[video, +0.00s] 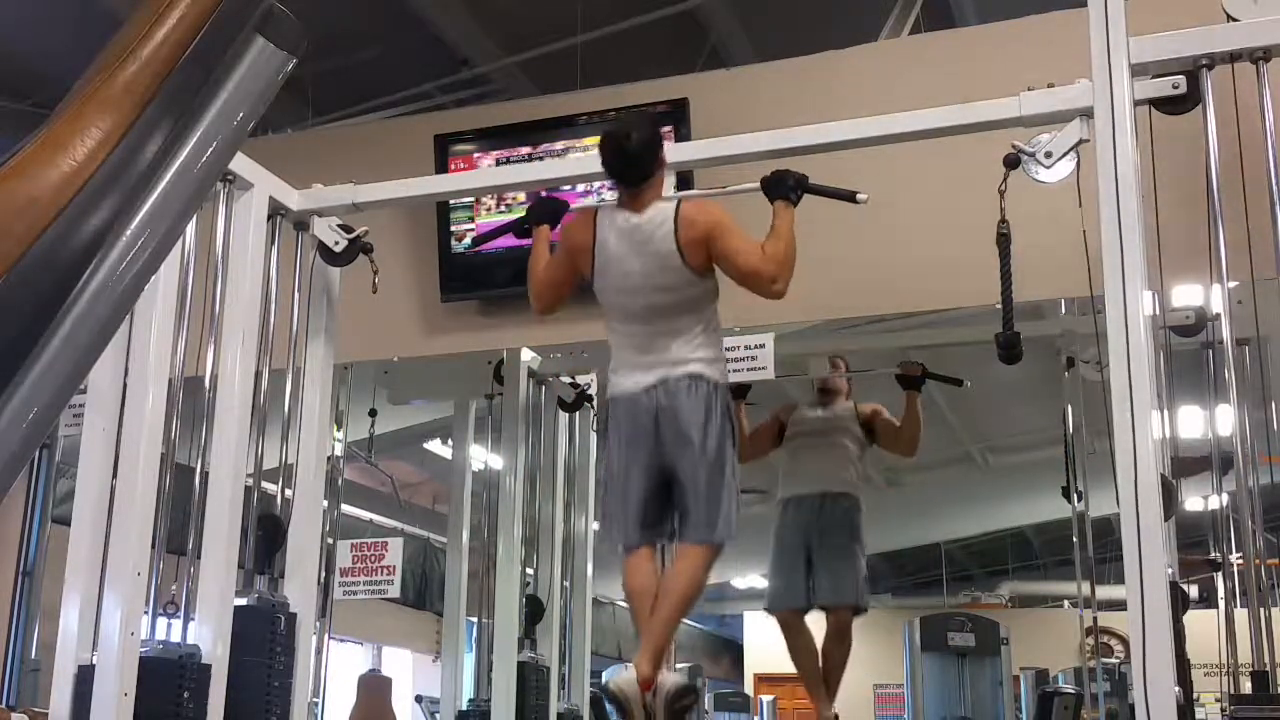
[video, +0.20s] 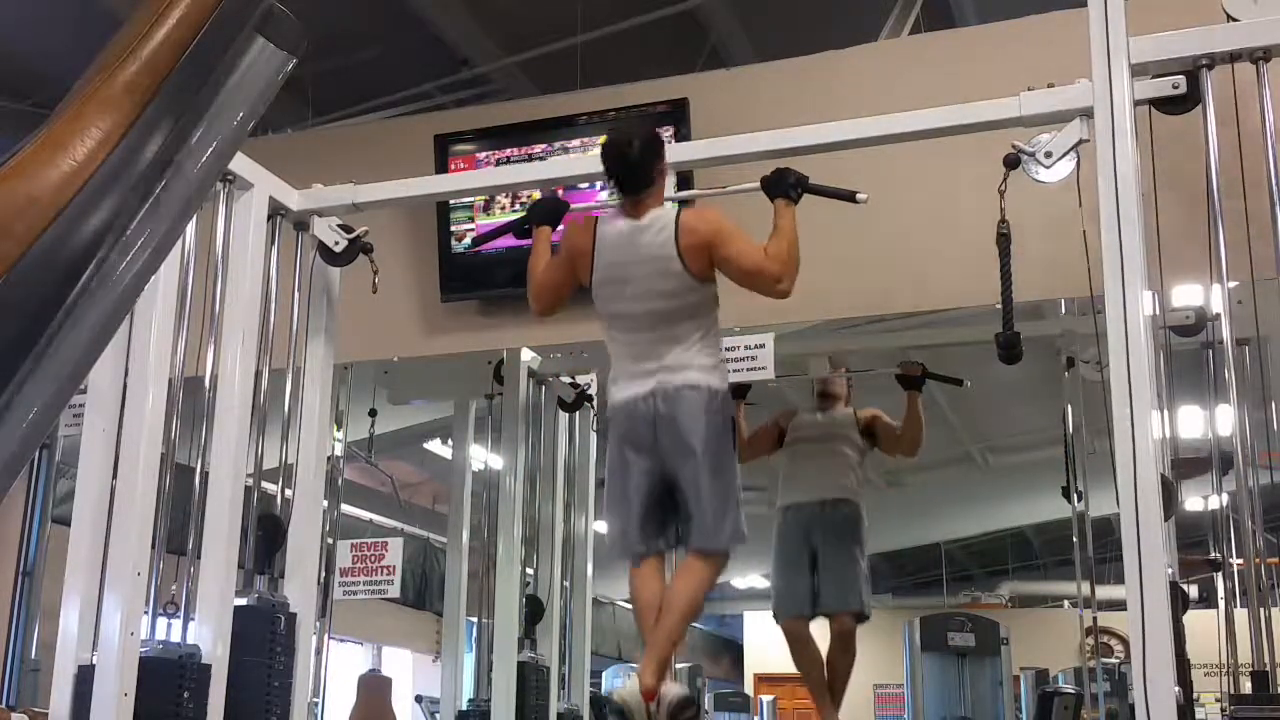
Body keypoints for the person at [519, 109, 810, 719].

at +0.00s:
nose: (666, 151)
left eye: (655, 146)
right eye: (663, 145)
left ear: (607, 173)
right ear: (662, 160)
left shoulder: (586, 230)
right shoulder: (699, 216)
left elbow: (543, 297)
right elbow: (773, 279)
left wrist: (540, 235)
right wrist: (784, 206)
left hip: (629, 398)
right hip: (693, 392)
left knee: (637, 538)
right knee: (702, 531)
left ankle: (659, 675)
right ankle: (641, 670)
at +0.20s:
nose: (668, 161)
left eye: (658, 153)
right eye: (665, 154)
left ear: (610, 178)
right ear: (662, 169)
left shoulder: (586, 237)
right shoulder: (698, 224)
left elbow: (542, 299)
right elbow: (778, 277)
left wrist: (541, 229)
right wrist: (785, 206)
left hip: (630, 404)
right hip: (695, 398)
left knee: (643, 548)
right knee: (708, 544)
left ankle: (664, 684)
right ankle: (648, 675)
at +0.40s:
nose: (660, 231)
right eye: (658, 226)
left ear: (607, 251)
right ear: (660, 239)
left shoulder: (588, 300)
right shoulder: (696, 289)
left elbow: (545, 300)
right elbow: (784, 287)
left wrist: (543, 234)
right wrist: (785, 207)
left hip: (626, 484)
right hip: (693, 479)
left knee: (636, 626)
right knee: (708, 617)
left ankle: (649, 718)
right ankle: (659, 716)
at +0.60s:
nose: (663, 300)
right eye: (659, 295)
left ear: (609, 317)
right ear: (661, 306)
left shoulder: (591, 357)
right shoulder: (699, 343)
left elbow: (551, 302)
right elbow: (773, 292)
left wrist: (544, 235)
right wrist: (783, 209)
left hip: (622, 533)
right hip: (692, 529)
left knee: (620, 683)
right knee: (693, 681)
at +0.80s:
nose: (668, 291)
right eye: (664, 284)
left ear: (609, 304)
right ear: (660, 295)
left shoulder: (591, 346)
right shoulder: (695, 332)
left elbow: (550, 303)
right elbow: (773, 291)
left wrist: (544, 235)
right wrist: (783, 209)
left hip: (622, 523)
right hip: (691, 520)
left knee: (614, 672)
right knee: (688, 671)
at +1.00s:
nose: (659, 224)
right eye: (657, 218)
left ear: (605, 235)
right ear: (660, 226)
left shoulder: (588, 285)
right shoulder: (693, 273)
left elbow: (543, 302)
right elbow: (781, 288)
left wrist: (542, 238)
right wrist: (785, 210)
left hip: (622, 458)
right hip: (691, 452)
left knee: (622, 601)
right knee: (696, 596)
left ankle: (630, 715)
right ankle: (631, 708)